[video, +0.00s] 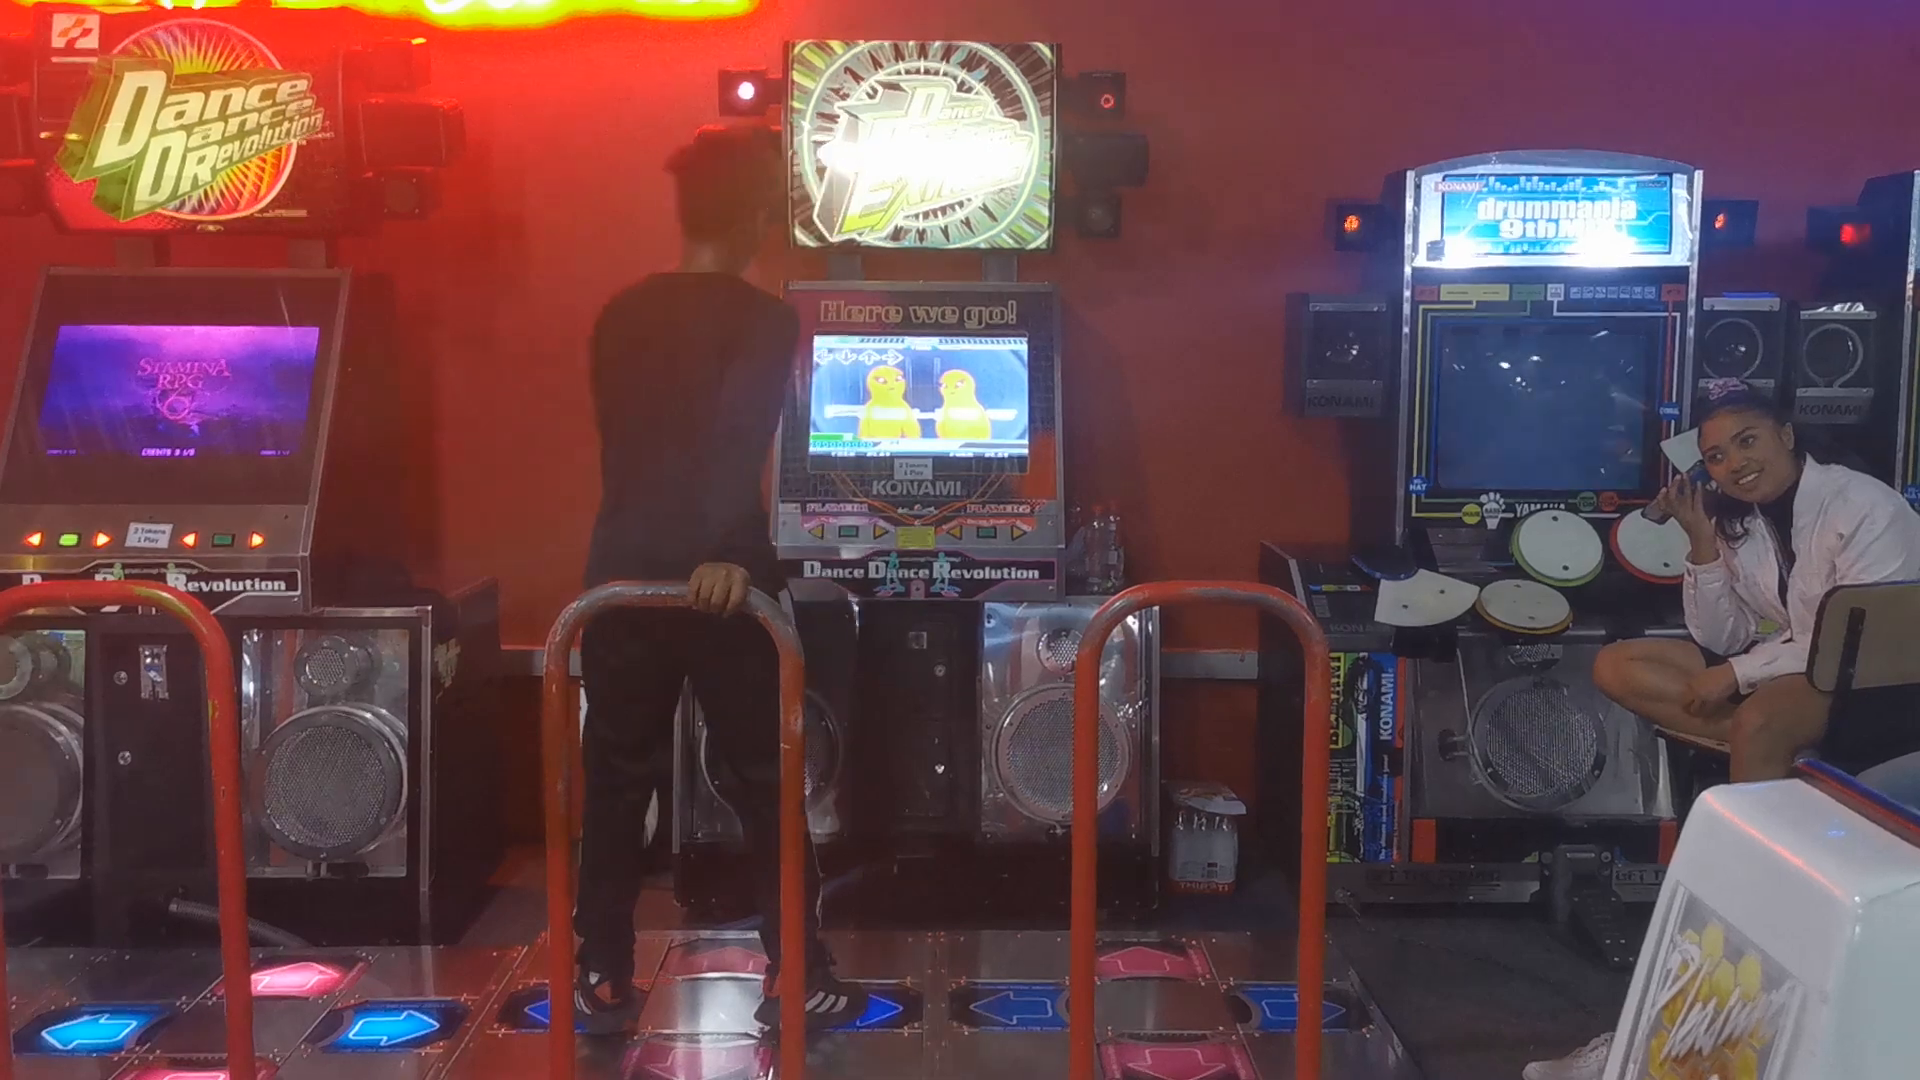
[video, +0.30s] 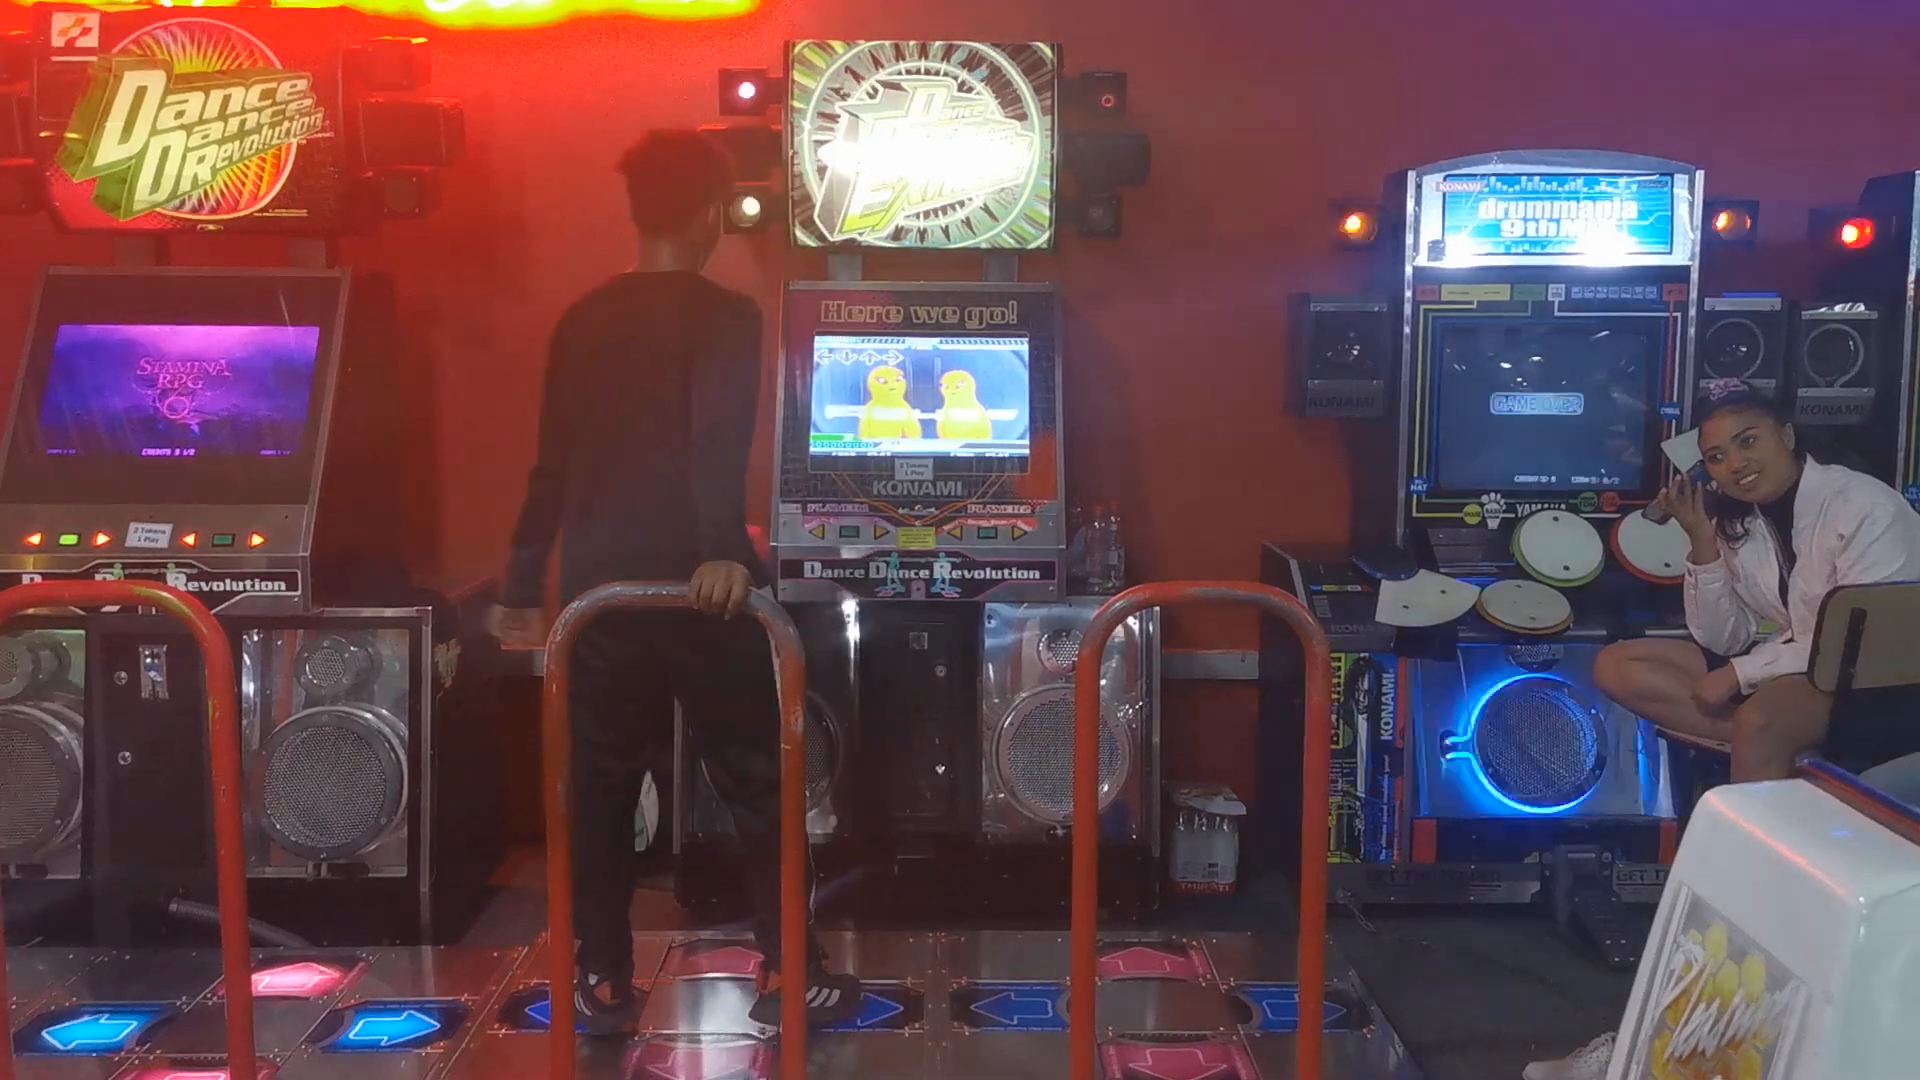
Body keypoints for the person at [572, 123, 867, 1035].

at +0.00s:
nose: (781, 222)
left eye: (778, 206)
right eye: (776, 207)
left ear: (684, 211)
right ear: (758, 217)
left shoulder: (619, 313)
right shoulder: (769, 319)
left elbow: (621, 449)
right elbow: (743, 435)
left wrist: (653, 535)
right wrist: (728, 541)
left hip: (624, 576)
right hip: (728, 580)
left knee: (615, 784)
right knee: (768, 778)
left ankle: (603, 981)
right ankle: (798, 976)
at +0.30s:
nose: (725, 226)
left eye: (719, 211)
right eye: (723, 212)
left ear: (636, 214)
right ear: (712, 218)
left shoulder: (581, 318)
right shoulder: (728, 316)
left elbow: (552, 462)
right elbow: (720, 434)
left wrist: (520, 585)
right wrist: (723, 543)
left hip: (597, 576)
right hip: (702, 575)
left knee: (601, 788)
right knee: (762, 776)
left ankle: (603, 982)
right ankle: (792, 966)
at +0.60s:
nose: (762, 216)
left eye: (757, 202)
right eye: (757, 203)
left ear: (669, 211)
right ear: (742, 211)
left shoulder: (616, 313)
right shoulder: (772, 312)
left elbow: (566, 449)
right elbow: (754, 439)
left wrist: (527, 571)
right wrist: (733, 543)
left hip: (631, 582)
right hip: (739, 584)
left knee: (622, 787)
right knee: (776, 778)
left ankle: (603, 979)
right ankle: (808, 973)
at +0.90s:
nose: (815, 216)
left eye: (810, 199)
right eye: (812, 200)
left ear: (730, 207)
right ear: (796, 208)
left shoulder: (666, 306)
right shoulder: (812, 311)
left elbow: (650, 443)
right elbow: (770, 431)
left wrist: (687, 533)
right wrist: (727, 542)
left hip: (660, 559)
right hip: (761, 567)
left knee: (635, 768)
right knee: (788, 772)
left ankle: (604, 968)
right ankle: (805, 975)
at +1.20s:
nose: (783, 216)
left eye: (779, 200)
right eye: (777, 201)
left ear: (686, 207)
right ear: (760, 211)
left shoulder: (622, 308)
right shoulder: (771, 311)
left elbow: (603, 448)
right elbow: (753, 436)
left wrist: (670, 500)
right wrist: (722, 535)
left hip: (625, 568)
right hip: (731, 572)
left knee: (616, 785)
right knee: (770, 779)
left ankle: (601, 979)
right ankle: (805, 974)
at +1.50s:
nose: (735, 215)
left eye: (730, 202)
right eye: (729, 202)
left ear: (641, 210)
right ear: (715, 211)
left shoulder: (589, 312)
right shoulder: (738, 306)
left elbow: (546, 454)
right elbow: (728, 428)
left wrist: (502, 575)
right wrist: (723, 539)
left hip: (609, 580)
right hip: (718, 578)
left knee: (605, 792)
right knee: (764, 777)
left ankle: (603, 985)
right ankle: (806, 973)